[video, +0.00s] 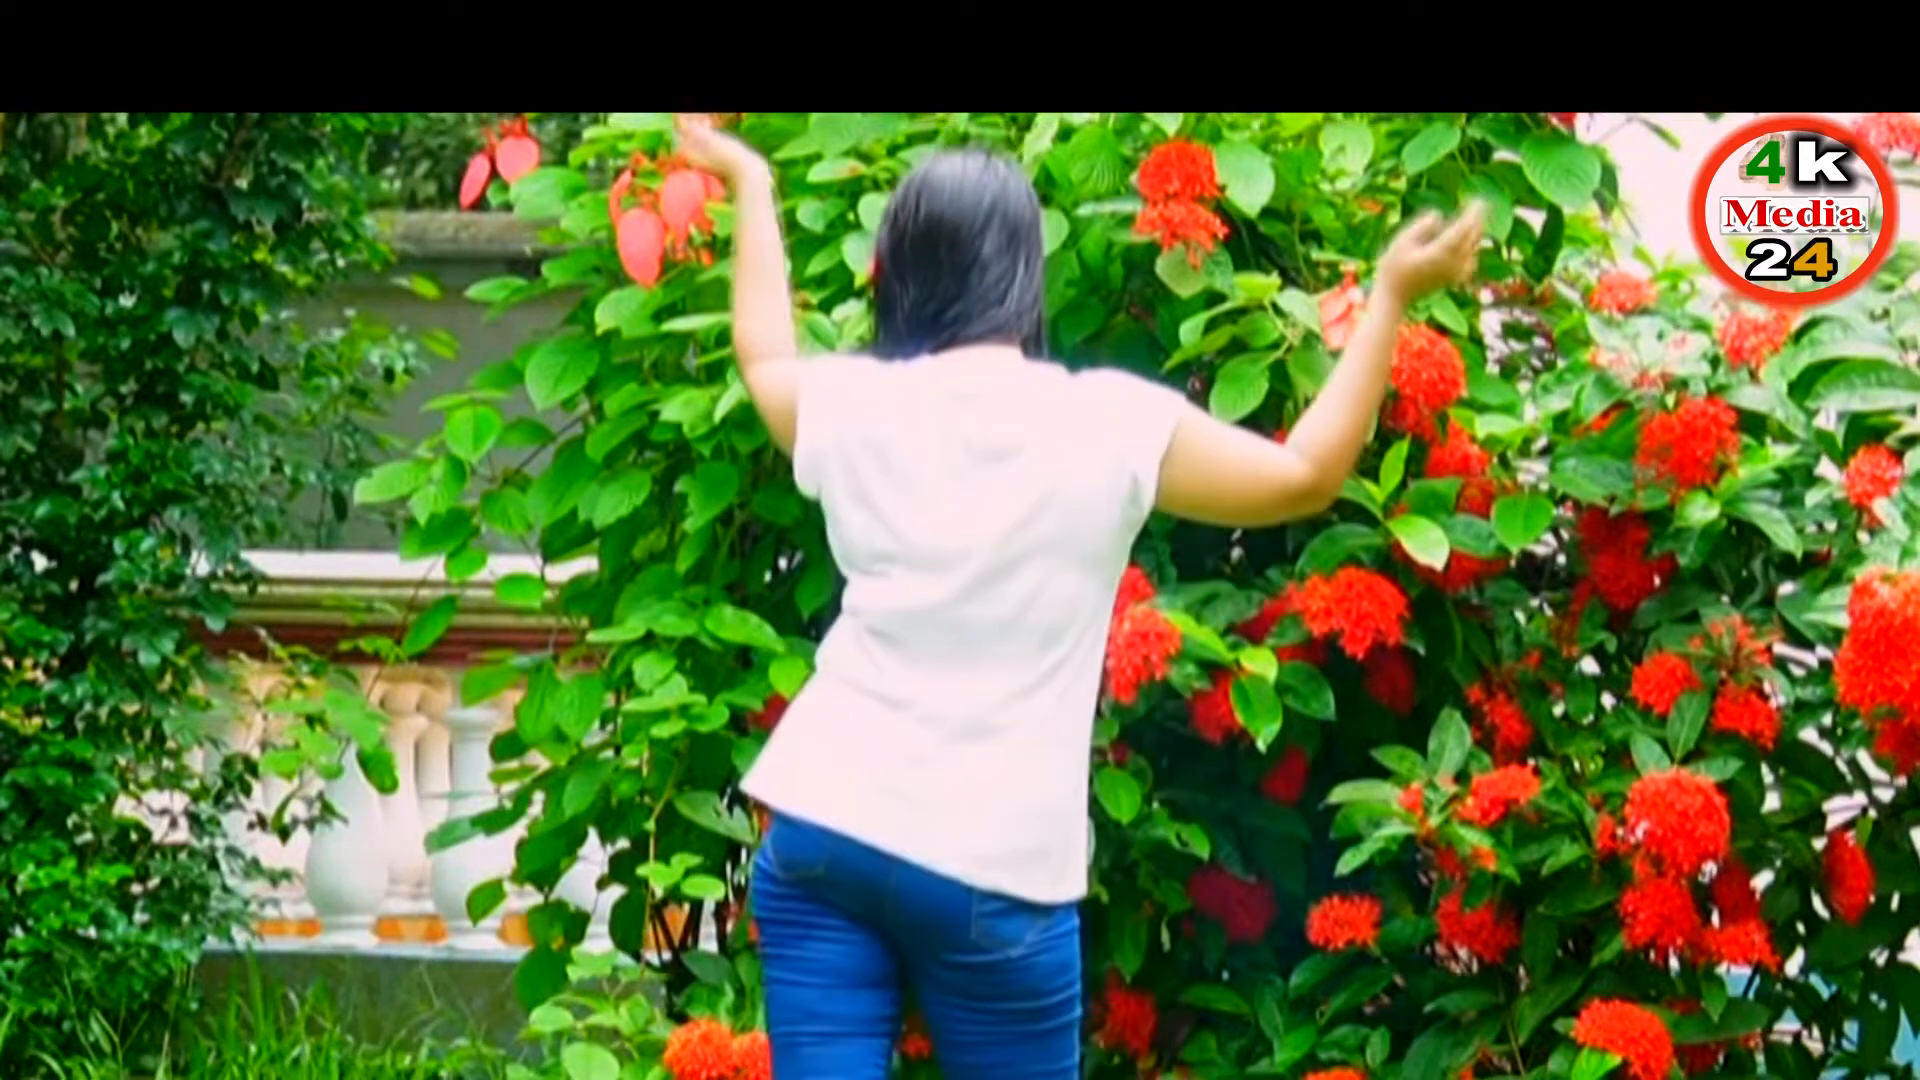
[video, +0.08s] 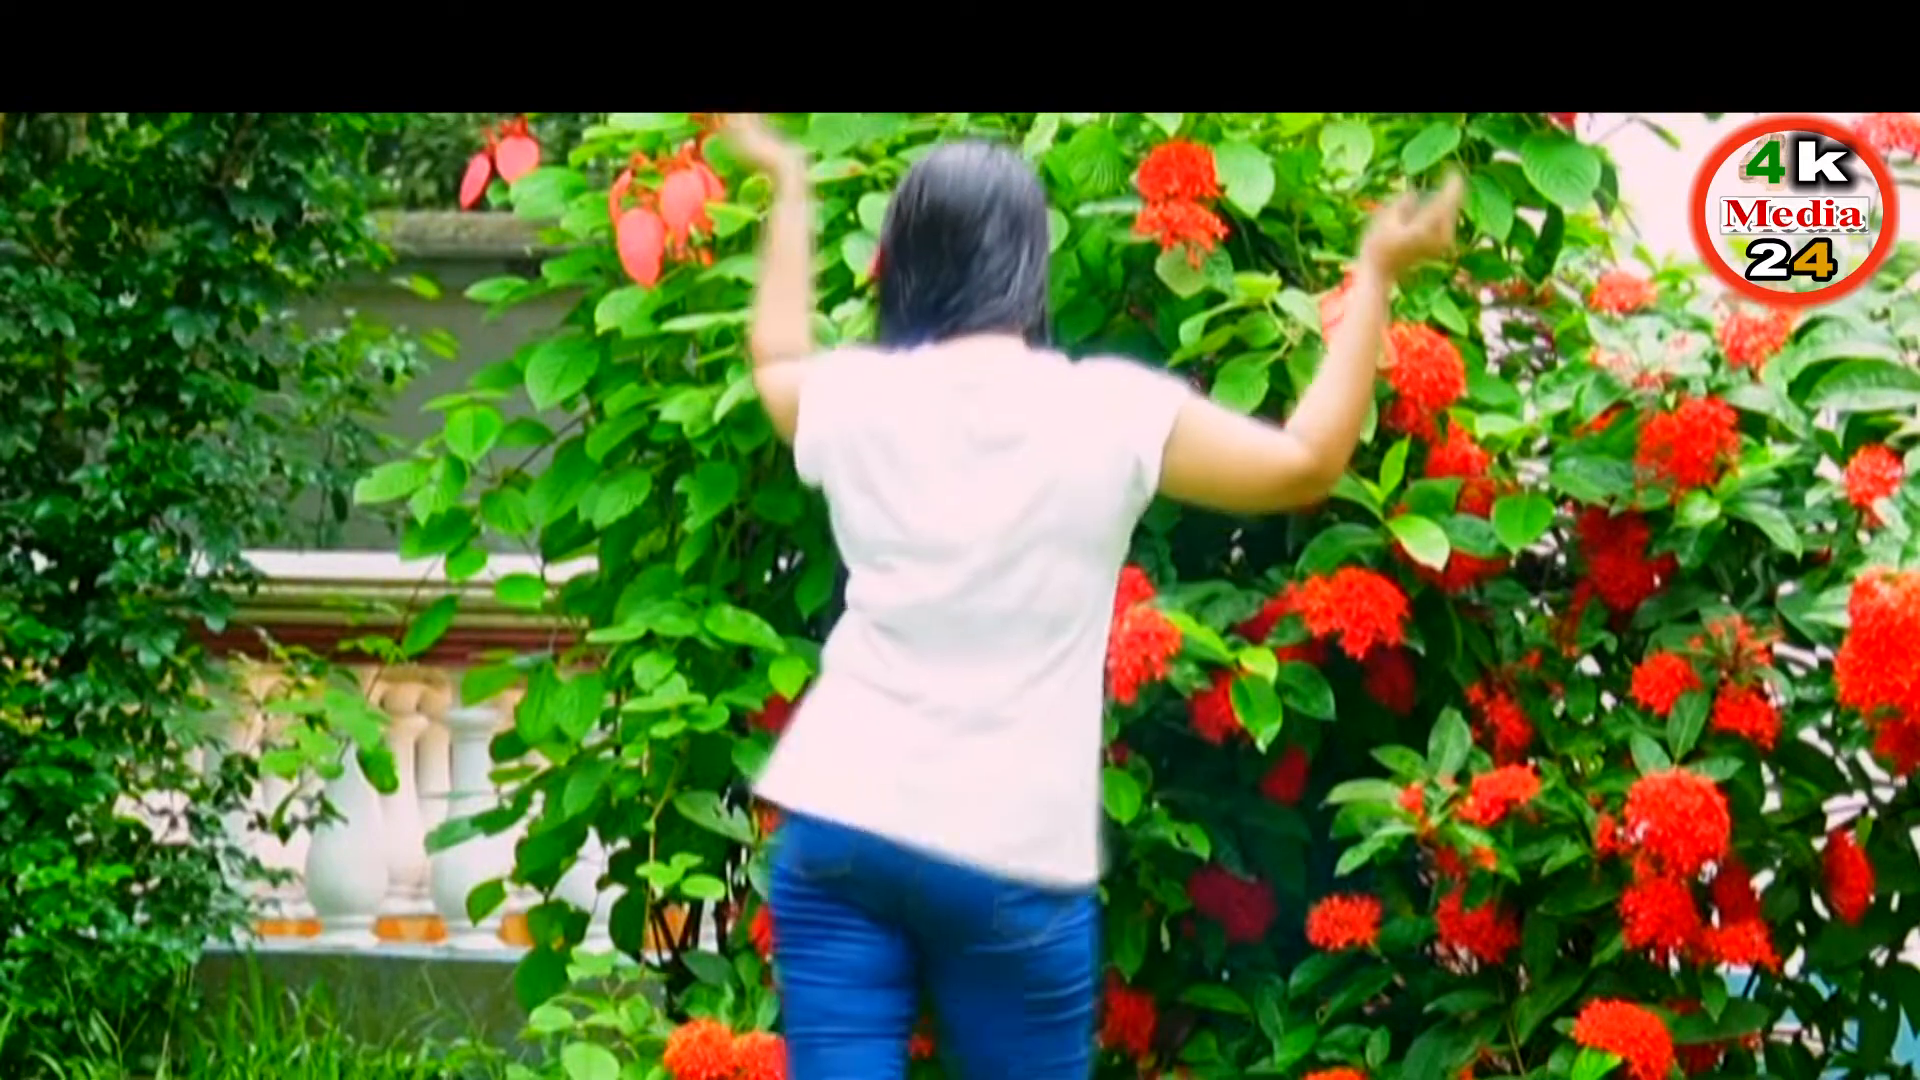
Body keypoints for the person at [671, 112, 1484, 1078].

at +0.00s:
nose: (869, 267)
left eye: (878, 248)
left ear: (888, 269)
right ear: (1029, 271)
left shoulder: (839, 403)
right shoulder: (1119, 419)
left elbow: (762, 357)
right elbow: (1306, 474)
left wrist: (752, 185)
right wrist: (1392, 291)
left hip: (816, 816)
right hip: (1000, 854)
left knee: (820, 1067)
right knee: (1020, 1063)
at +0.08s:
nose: (876, 257)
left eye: (884, 235)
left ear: (893, 266)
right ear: (1033, 266)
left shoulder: (852, 395)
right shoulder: (1117, 407)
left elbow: (776, 358)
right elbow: (1306, 462)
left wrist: (788, 183)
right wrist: (1377, 269)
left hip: (837, 812)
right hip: (1022, 845)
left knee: (836, 1067)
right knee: (1036, 1065)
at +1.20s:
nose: (1101, 233)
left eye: (1095, 208)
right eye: (1084, 208)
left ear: (1024, 229)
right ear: (1017, 224)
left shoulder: (999, 366)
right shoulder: (958, 365)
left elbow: (1018, 567)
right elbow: (1014, 570)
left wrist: (1092, 433)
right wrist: (1112, 431)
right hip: (992, 813)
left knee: (934, 1066)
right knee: (1070, 1065)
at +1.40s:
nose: (1111, 265)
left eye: (1108, 240)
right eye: (1089, 239)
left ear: (1021, 255)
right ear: (1008, 252)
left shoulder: (1076, 419)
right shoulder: (929, 423)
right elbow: (901, 629)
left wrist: (1174, 563)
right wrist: (1064, 526)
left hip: (1102, 853)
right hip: (975, 847)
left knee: (1154, 1068)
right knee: (977, 1068)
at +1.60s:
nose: (1126, 245)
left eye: (1131, 221)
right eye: (1101, 218)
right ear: (1017, 225)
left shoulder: (1151, 404)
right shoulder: (914, 403)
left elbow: (1174, 591)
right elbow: (868, 603)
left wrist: (1211, 674)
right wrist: (1047, 537)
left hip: (1153, 813)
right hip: (978, 819)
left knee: (1126, 1068)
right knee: (988, 1069)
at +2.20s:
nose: (1069, 252)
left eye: (1097, 231)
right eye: (1045, 221)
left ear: (1122, 252)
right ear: (987, 226)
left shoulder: (1144, 399)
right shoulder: (885, 419)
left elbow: (1199, 587)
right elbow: (861, 611)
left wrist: (1226, 698)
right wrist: (865, 734)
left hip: (1137, 847)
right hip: (946, 854)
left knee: (1139, 1071)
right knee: (873, 1070)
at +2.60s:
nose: (1000, 254)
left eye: (1030, 232)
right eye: (977, 224)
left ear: (1064, 254)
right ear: (932, 233)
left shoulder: (1102, 418)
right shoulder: (844, 407)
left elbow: (1133, 628)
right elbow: (746, 579)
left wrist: (1202, 641)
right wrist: (599, 662)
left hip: (996, 844)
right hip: (805, 828)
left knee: (1022, 1071)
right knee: (795, 1071)